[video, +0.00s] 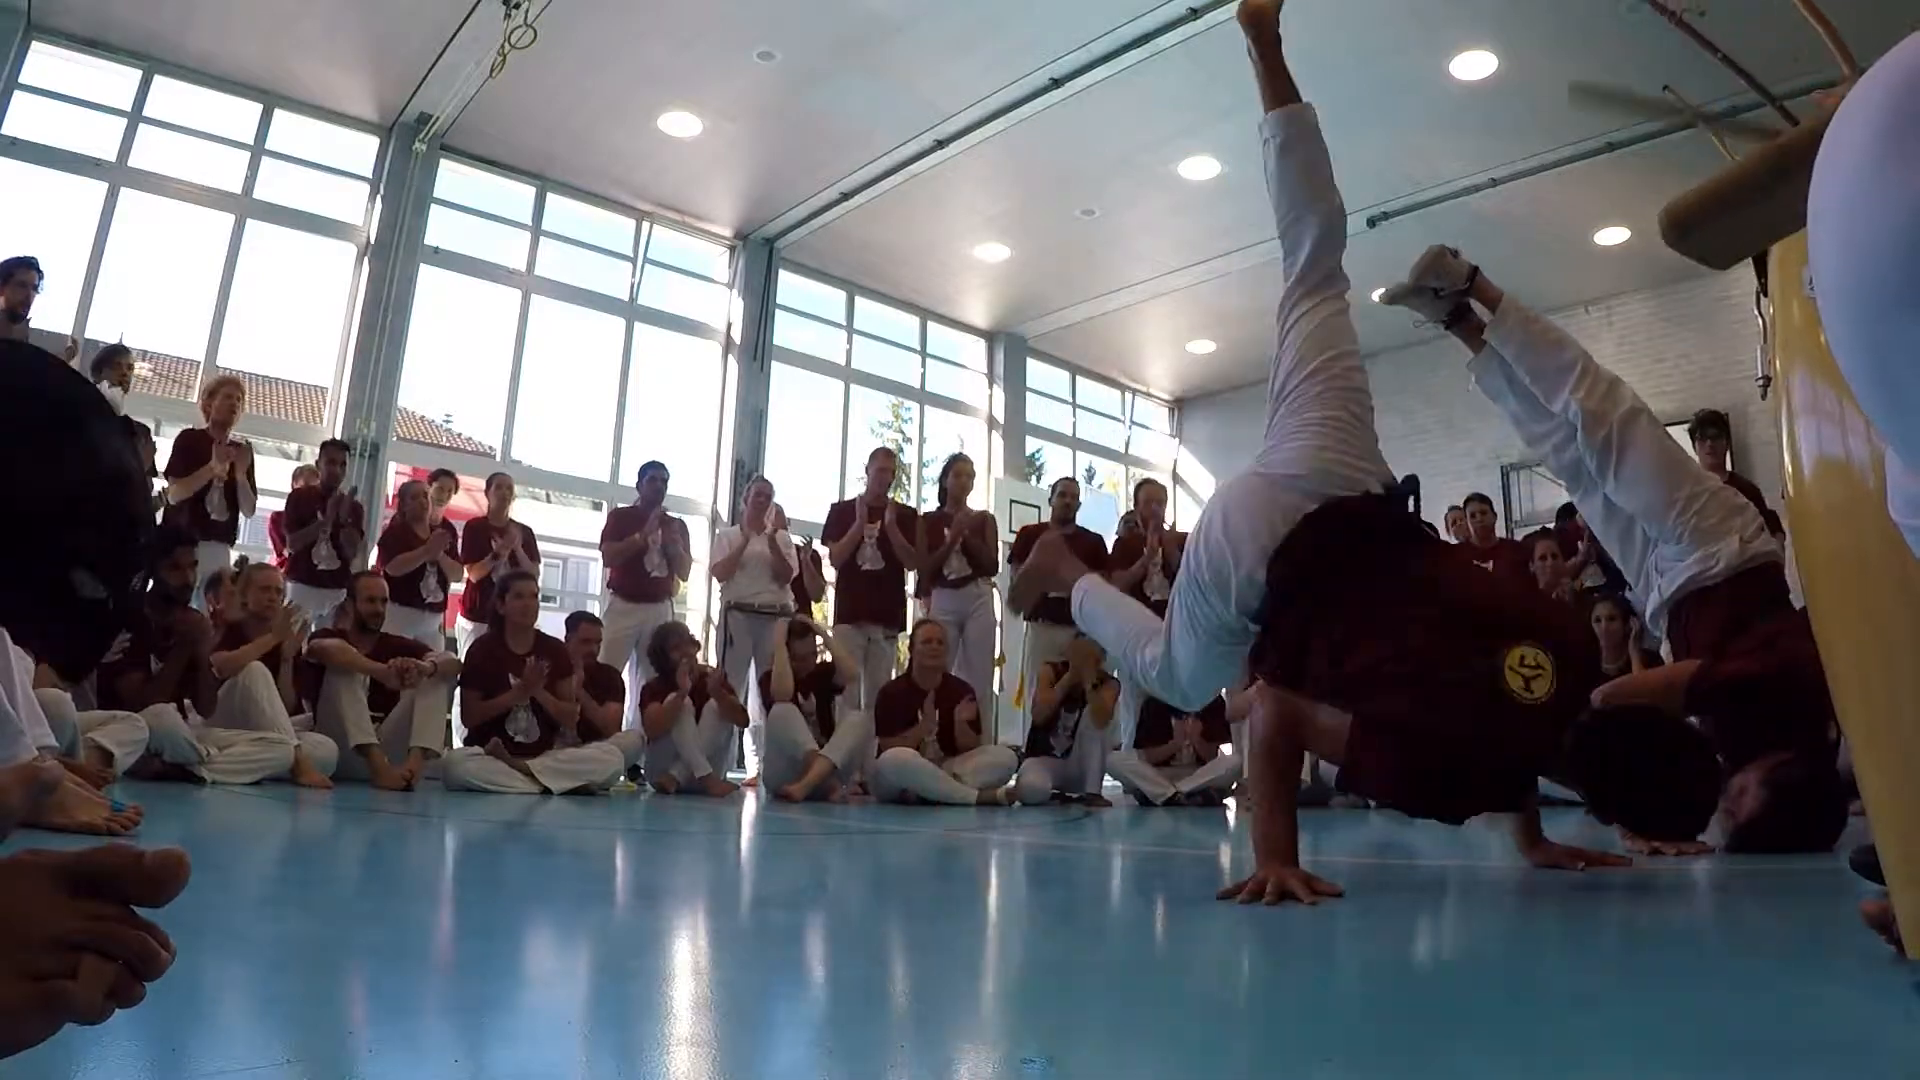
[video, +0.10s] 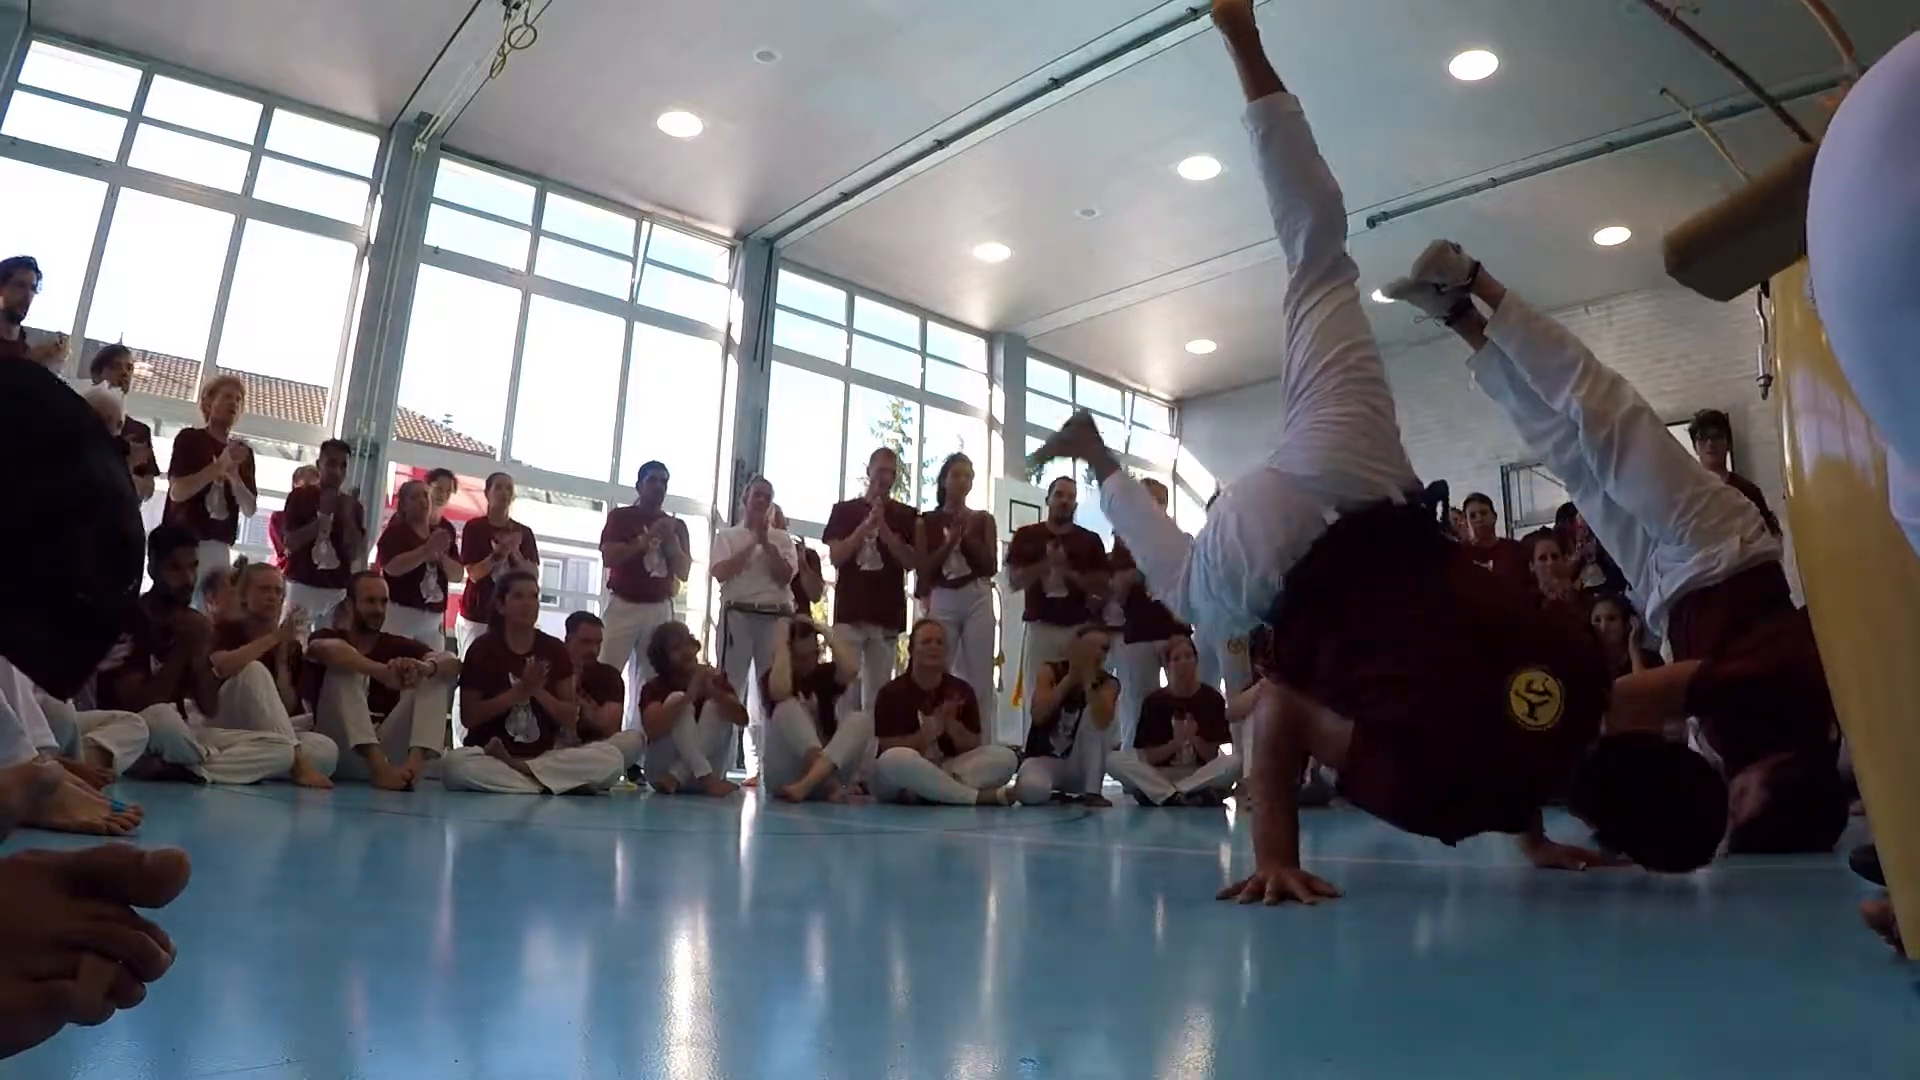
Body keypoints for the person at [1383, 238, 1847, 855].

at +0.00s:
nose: (1735, 800)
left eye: (1735, 817)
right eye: (1746, 796)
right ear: (1767, 774)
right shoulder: (1784, 695)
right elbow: (1612, 693)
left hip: (1670, 613)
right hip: (1721, 558)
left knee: (1579, 472)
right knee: (1604, 416)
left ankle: (1460, 323)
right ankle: (1476, 289)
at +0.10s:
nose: (1734, 803)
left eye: (1738, 821)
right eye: (1746, 800)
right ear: (1766, 776)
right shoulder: (1782, 694)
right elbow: (1621, 697)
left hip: (1674, 609)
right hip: (1722, 557)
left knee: (1582, 471)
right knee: (1606, 416)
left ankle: (1462, 318)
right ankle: (1477, 286)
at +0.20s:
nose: (1733, 808)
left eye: (1738, 823)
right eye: (1745, 803)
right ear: (1768, 773)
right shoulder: (1779, 694)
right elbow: (1631, 695)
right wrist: (1615, 799)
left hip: (1673, 606)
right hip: (1721, 555)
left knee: (1580, 466)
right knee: (1602, 413)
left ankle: (1461, 319)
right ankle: (1473, 281)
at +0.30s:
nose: (1729, 803)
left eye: (1733, 817)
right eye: (1742, 798)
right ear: (1767, 771)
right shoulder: (1778, 698)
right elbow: (1635, 691)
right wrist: (1613, 778)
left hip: (1677, 610)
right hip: (1728, 557)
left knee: (1575, 479)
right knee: (1603, 434)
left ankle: (1464, 326)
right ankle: (1478, 294)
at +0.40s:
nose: (1726, 801)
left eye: (1731, 817)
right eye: (1740, 800)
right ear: (1771, 775)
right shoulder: (1782, 696)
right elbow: (1630, 692)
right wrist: (1615, 779)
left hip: (1682, 610)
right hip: (1733, 561)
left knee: (1559, 509)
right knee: (1596, 455)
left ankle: (1492, 354)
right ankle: (1501, 320)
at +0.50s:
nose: (1720, 800)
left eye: (1728, 815)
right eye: (1737, 798)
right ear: (1767, 772)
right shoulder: (1782, 692)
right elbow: (1630, 695)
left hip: (1686, 618)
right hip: (1737, 556)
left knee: (1547, 549)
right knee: (1584, 475)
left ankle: (1518, 403)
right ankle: (1531, 364)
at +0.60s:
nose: (1722, 805)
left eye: (1729, 819)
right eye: (1736, 799)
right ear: (1770, 769)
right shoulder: (1789, 699)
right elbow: (1649, 690)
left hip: (1686, 627)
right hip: (1733, 562)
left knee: (1564, 582)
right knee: (1589, 502)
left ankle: (1523, 470)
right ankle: (1550, 413)